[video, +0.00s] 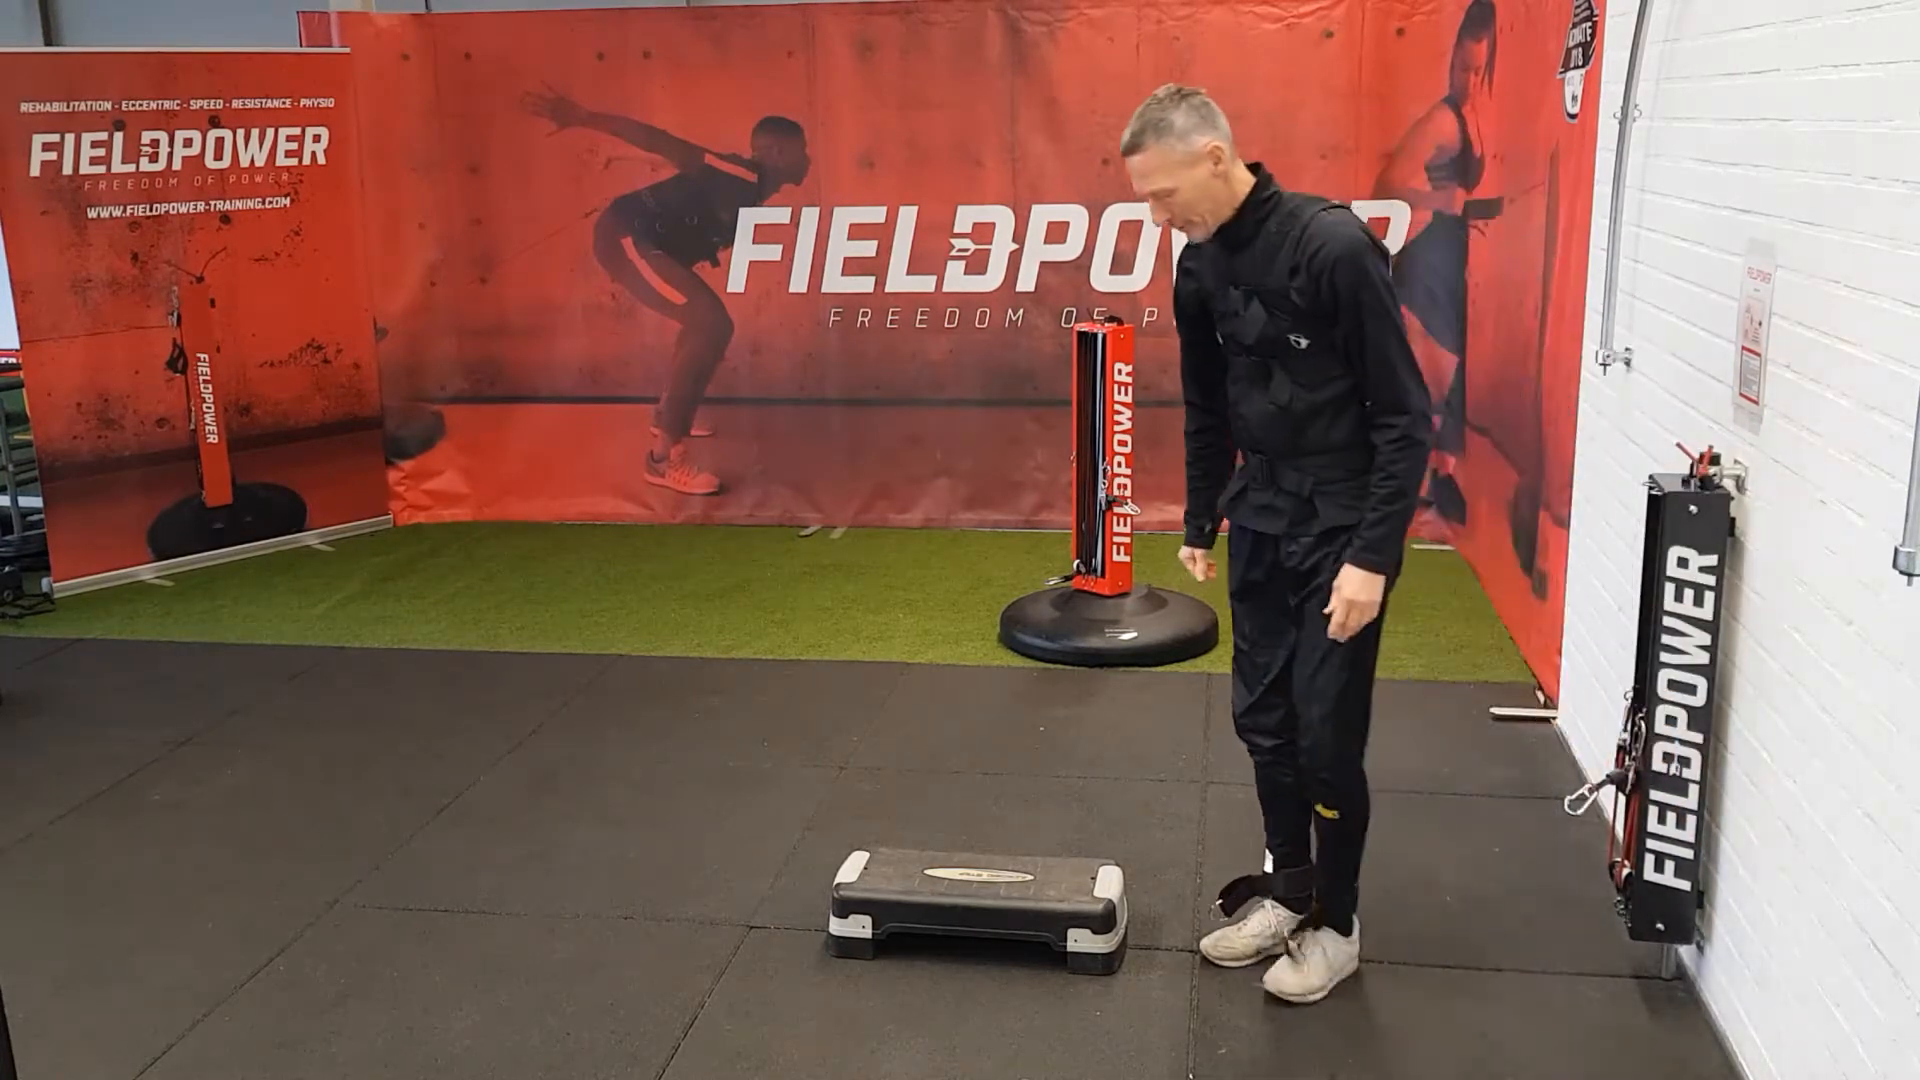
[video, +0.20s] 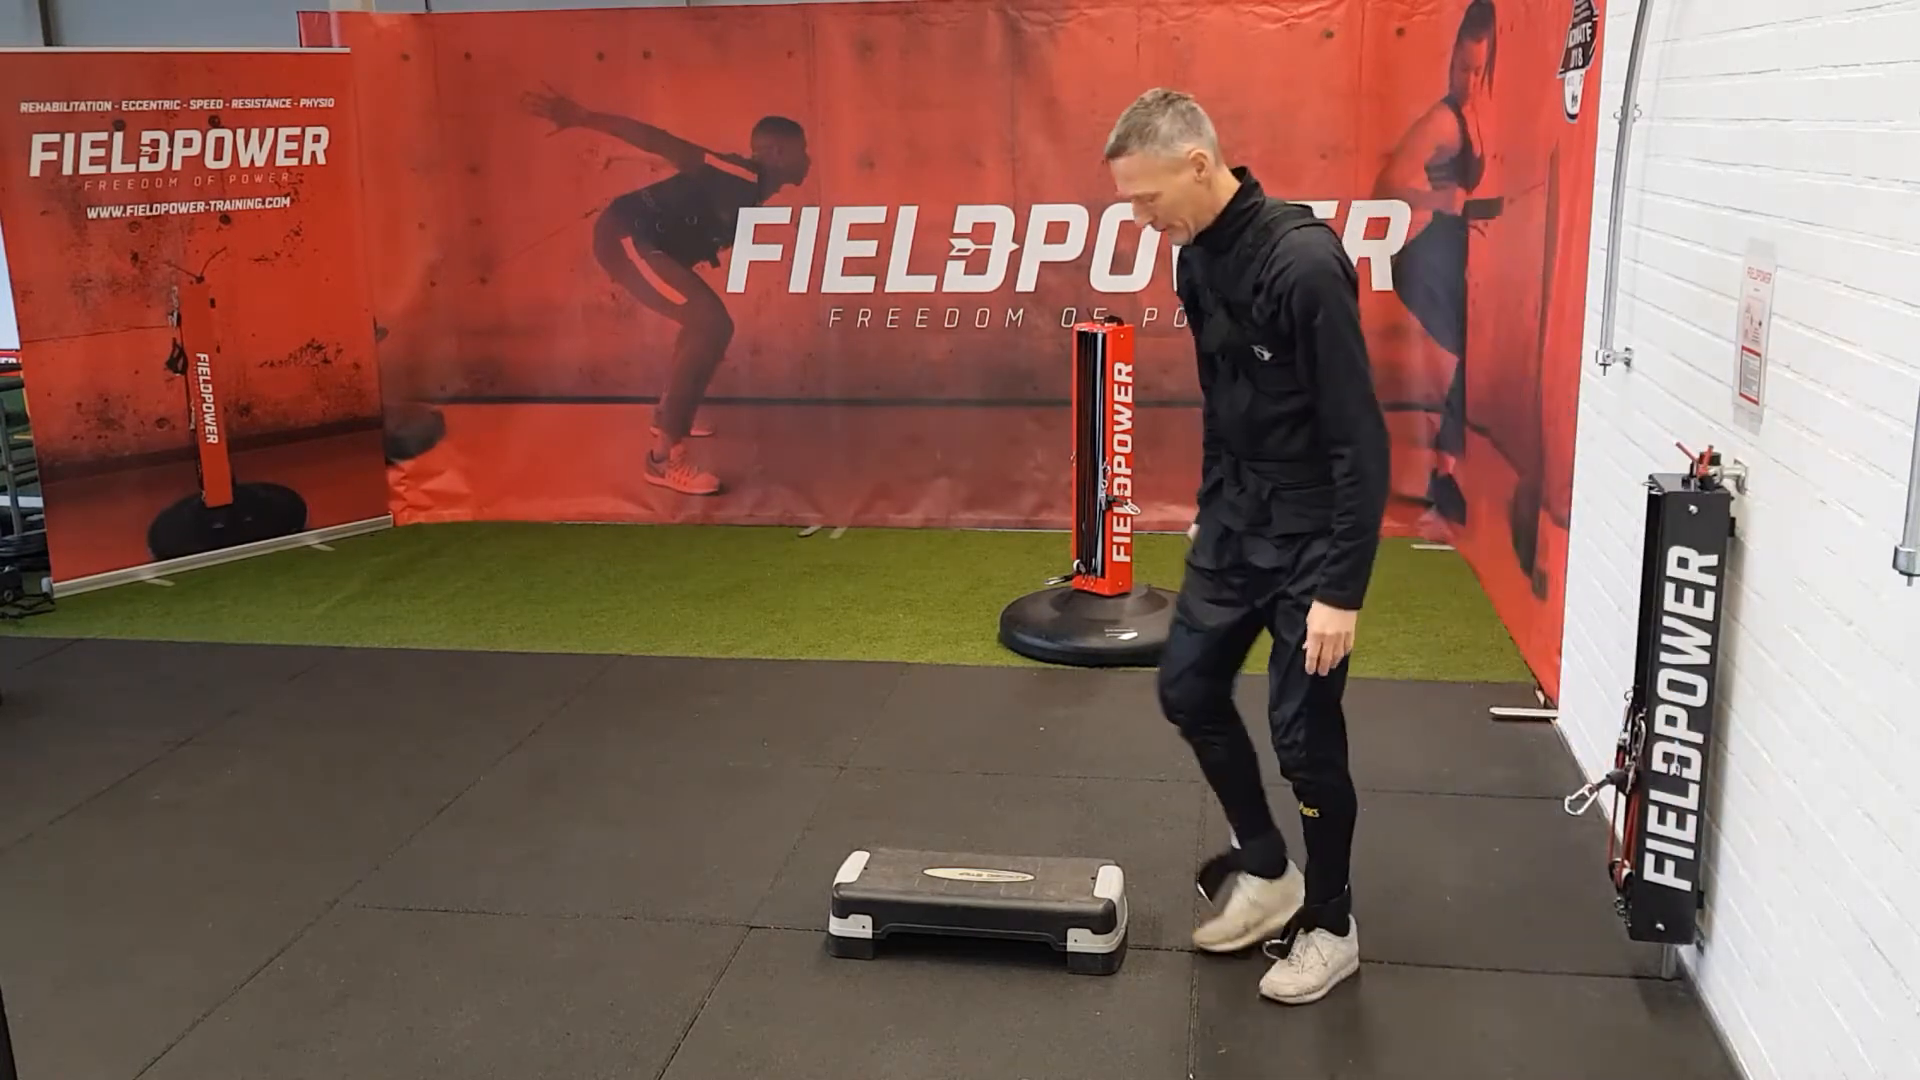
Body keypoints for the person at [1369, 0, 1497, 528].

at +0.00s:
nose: (1468, 73)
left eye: (1476, 63)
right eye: (1464, 60)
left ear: (1487, 63)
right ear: (1453, 56)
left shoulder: (1473, 120)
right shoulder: (1442, 120)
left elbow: (1449, 190)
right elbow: (1392, 180)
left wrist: (1484, 206)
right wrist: (1446, 199)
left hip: (1450, 250)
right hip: (1427, 253)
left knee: (1441, 368)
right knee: (1438, 368)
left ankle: (1433, 472)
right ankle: (1433, 477)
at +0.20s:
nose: (1467, 76)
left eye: (1475, 67)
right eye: (1461, 65)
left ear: (1488, 68)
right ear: (1448, 63)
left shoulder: (1472, 120)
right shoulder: (1442, 121)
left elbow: (1446, 189)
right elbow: (1393, 181)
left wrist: (1479, 205)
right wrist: (1445, 199)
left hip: (1448, 251)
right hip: (1427, 253)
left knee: (1450, 366)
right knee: (1436, 367)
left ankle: (1445, 473)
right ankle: (1421, 487)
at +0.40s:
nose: (1467, 74)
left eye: (1476, 64)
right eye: (1461, 63)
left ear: (1488, 65)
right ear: (1449, 61)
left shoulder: (1473, 119)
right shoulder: (1443, 119)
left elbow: (1447, 192)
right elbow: (1392, 181)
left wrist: (1487, 203)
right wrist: (1444, 198)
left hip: (1449, 251)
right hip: (1428, 254)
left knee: (1451, 366)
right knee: (1438, 369)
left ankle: (1447, 473)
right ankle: (1430, 487)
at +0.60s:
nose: (1469, 75)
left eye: (1477, 65)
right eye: (1463, 63)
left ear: (1488, 65)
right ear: (1449, 61)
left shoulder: (1471, 119)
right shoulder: (1443, 119)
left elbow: (1444, 193)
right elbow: (1391, 180)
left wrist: (1486, 204)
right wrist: (1444, 198)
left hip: (1447, 254)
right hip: (1426, 256)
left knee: (1449, 365)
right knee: (1437, 367)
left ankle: (1446, 473)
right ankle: (1432, 483)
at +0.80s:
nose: (1469, 75)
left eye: (1477, 66)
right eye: (1462, 63)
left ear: (1488, 67)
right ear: (1449, 62)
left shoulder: (1471, 120)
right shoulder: (1443, 119)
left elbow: (1443, 193)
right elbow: (1392, 179)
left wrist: (1485, 205)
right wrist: (1443, 198)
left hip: (1447, 254)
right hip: (1426, 256)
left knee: (1449, 364)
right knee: (1439, 366)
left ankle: (1445, 473)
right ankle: (1435, 478)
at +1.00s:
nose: (1471, 75)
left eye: (1479, 66)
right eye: (1465, 63)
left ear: (1488, 68)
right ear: (1451, 62)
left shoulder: (1468, 121)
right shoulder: (1443, 120)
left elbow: (1440, 192)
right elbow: (1392, 180)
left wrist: (1477, 207)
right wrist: (1445, 199)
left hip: (1446, 253)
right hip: (1426, 255)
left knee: (1449, 363)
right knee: (1439, 364)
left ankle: (1444, 472)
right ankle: (1433, 476)